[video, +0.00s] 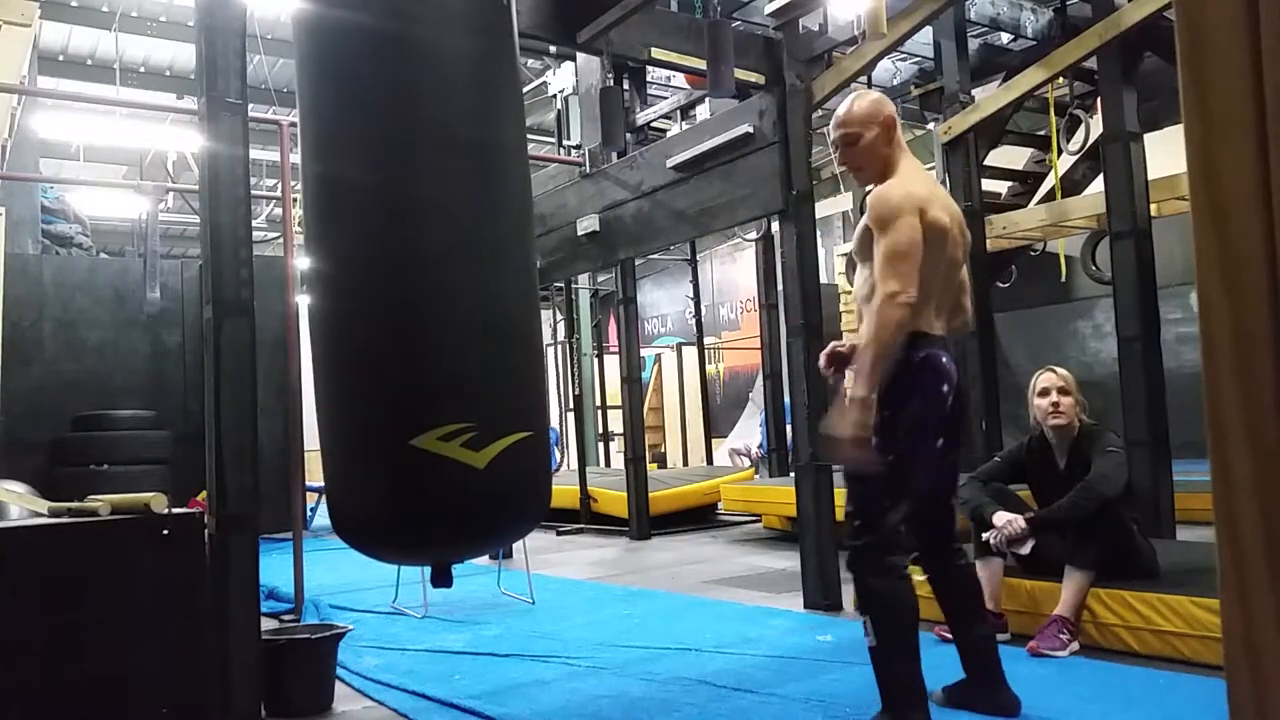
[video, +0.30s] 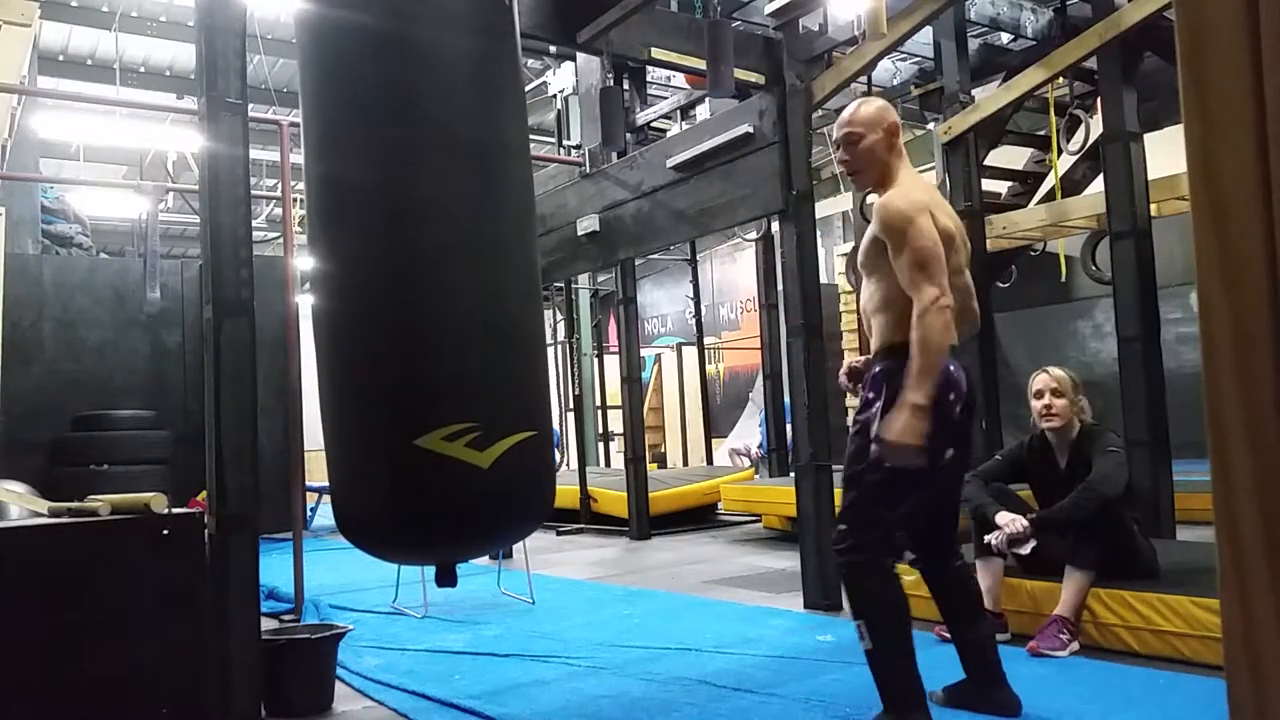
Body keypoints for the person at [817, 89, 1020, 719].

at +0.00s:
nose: (840, 155)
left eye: (849, 141)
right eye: (836, 143)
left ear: (887, 133)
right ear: (892, 138)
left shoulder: (892, 196)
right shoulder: (932, 195)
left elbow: (895, 300)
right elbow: (954, 308)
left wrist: (858, 395)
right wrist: (861, 343)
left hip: (902, 373)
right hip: (938, 370)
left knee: (873, 546)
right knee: (936, 533)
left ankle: (901, 706)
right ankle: (987, 681)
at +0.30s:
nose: (841, 155)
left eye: (851, 141)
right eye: (837, 146)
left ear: (890, 136)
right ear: (880, 143)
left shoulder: (897, 204)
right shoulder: (927, 199)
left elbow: (934, 303)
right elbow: (961, 310)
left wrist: (914, 402)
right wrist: (873, 357)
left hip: (901, 387)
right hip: (942, 383)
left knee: (861, 552)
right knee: (936, 545)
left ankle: (903, 706)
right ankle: (988, 683)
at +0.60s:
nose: (829, 129)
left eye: (842, 117)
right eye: (826, 120)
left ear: (884, 115)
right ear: (884, 127)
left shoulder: (867, 169)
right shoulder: (927, 187)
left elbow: (862, 240)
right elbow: (983, 283)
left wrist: (745, 250)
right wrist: (927, 312)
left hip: (876, 358)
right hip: (924, 359)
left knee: (833, 532)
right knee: (899, 537)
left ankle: (847, 706)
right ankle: (946, 691)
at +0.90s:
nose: (808, 122)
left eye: (821, 107)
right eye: (803, 112)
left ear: (863, 106)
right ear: (803, 119)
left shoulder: (875, 175)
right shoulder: (836, 191)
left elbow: (959, 220)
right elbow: (809, 299)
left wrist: (951, 291)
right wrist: (737, 278)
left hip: (854, 389)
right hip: (828, 389)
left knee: (770, 547)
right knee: (851, 539)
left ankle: (790, 711)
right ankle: (935, 673)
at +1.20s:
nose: (891, 97)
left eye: (908, 84)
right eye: (883, 82)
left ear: (939, 93)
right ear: (870, 84)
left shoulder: (942, 194)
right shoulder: (824, 140)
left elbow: (1019, 222)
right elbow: (714, 199)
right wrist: (613, 233)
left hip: (796, 356)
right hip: (736, 276)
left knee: (811, 539)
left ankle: (789, 713)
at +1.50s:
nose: (827, 70)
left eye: (846, 59)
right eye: (824, 57)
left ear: (891, 68)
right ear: (816, 63)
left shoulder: (917, 181)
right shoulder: (779, 136)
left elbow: (876, 249)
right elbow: (674, 180)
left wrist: (834, 131)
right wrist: (589, 138)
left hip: (772, 365)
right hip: (687, 308)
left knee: (751, 572)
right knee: (544, 368)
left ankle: (741, 715)